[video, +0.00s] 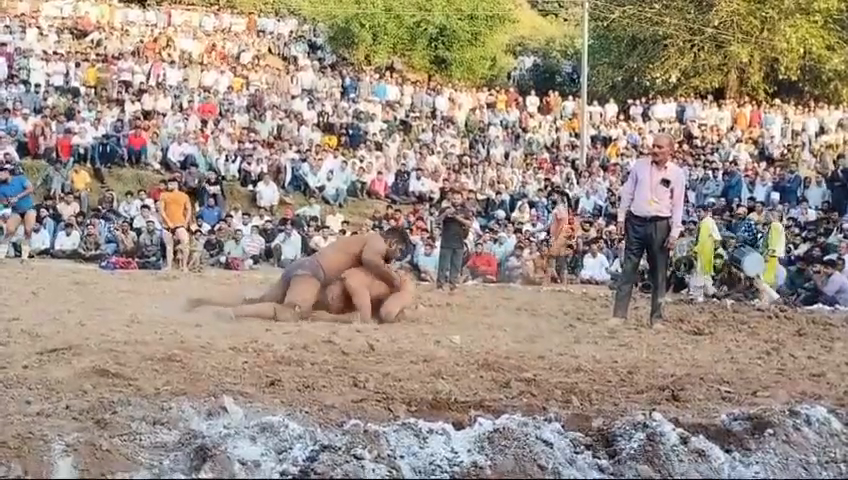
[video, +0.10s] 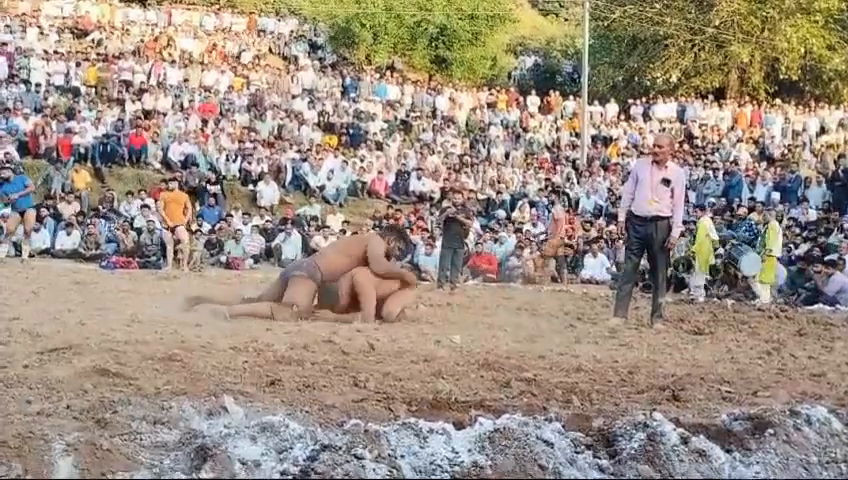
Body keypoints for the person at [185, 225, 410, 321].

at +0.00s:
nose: (392, 259)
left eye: (395, 256)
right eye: (395, 254)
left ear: (388, 239)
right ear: (393, 243)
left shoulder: (367, 240)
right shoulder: (376, 240)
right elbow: (369, 260)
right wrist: (392, 279)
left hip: (300, 266)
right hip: (312, 273)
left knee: (264, 299)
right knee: (292, 312)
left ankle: (206, 301)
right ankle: (236, 312)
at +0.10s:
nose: (393, 256)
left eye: (396, 253)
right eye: (396, 252)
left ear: (383, 236)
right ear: (390, 242)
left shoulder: (363, 240)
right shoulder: (374, 240)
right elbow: (379, 268)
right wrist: (403, 271)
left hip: (296, 267)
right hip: (309, 274)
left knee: (263, 298)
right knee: (293, 312)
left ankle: (206, 299)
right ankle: (231, 312)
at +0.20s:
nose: (394, 255)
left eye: (396, 251)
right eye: (396, 250)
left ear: (383, 234)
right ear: (390, 241)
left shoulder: (362, 239)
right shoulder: (378, 245)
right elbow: (393, 275)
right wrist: (412, 278)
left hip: (295, 267)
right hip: (308, 276)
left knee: (262, 297)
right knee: (292, 312)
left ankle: (204, 293)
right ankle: (231, 303)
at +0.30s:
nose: (398, 254)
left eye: (400, 250)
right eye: (399, 250)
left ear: (387, 234)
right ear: (394, 241)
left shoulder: (367, 239)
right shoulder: (380, 243)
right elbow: (397, 277)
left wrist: (402, 280)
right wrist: (412, 276)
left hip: (294, 263)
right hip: (307, 269)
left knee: (259, 297)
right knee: (292, 312)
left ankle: (200, 293)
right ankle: (242, 298)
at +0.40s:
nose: (404, 252)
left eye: (406, 249)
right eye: (406, 249)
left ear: (394, 232)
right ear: (401, 241)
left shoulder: (376, 238)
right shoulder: (387, 246)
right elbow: (395, 280)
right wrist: (409, 276)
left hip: (300, 253)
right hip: (308, 261)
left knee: (259, 287)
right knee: (289, 308)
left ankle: (200, 289)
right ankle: (237, 297)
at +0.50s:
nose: (412, 255)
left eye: (415, 252)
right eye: (414, 251)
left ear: (404, 230)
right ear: (411, 245)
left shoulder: (386, 233)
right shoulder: (394, 247)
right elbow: (394, 284)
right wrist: (406, 278)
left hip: (309, 237)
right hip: (314, 249)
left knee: (271, 281)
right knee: (282, 301)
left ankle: (216, 282)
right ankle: (223, 294)